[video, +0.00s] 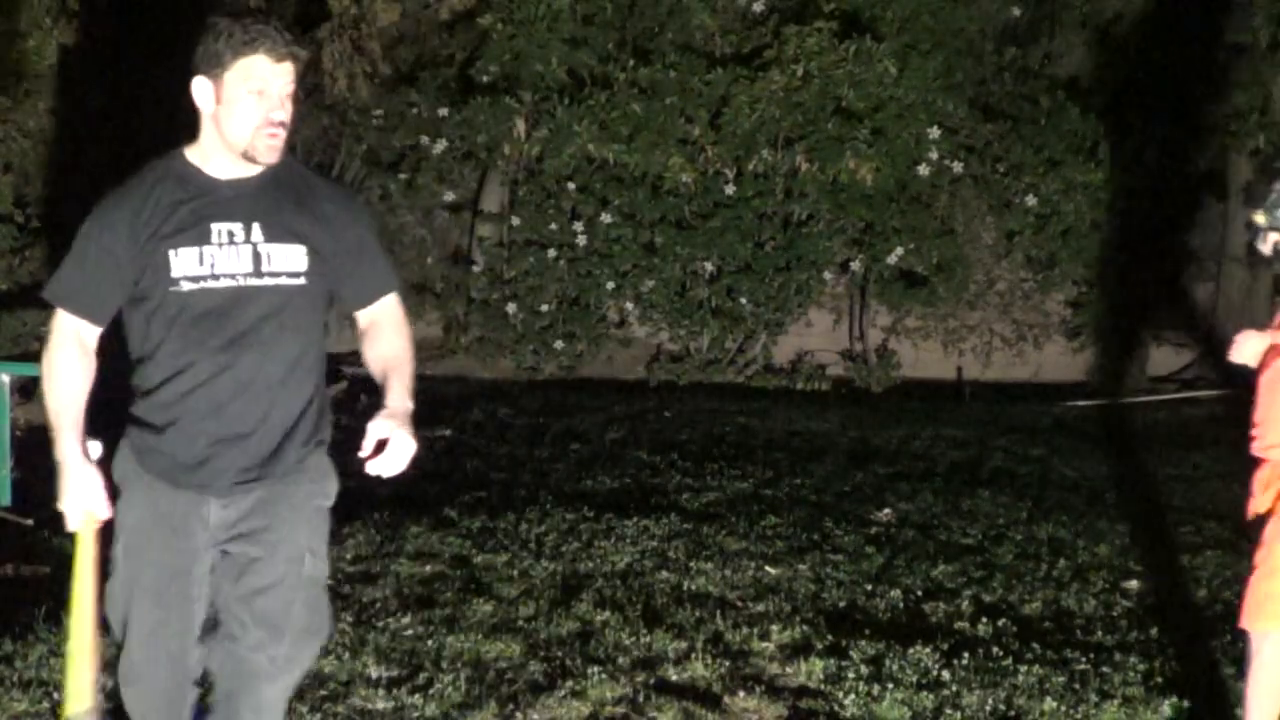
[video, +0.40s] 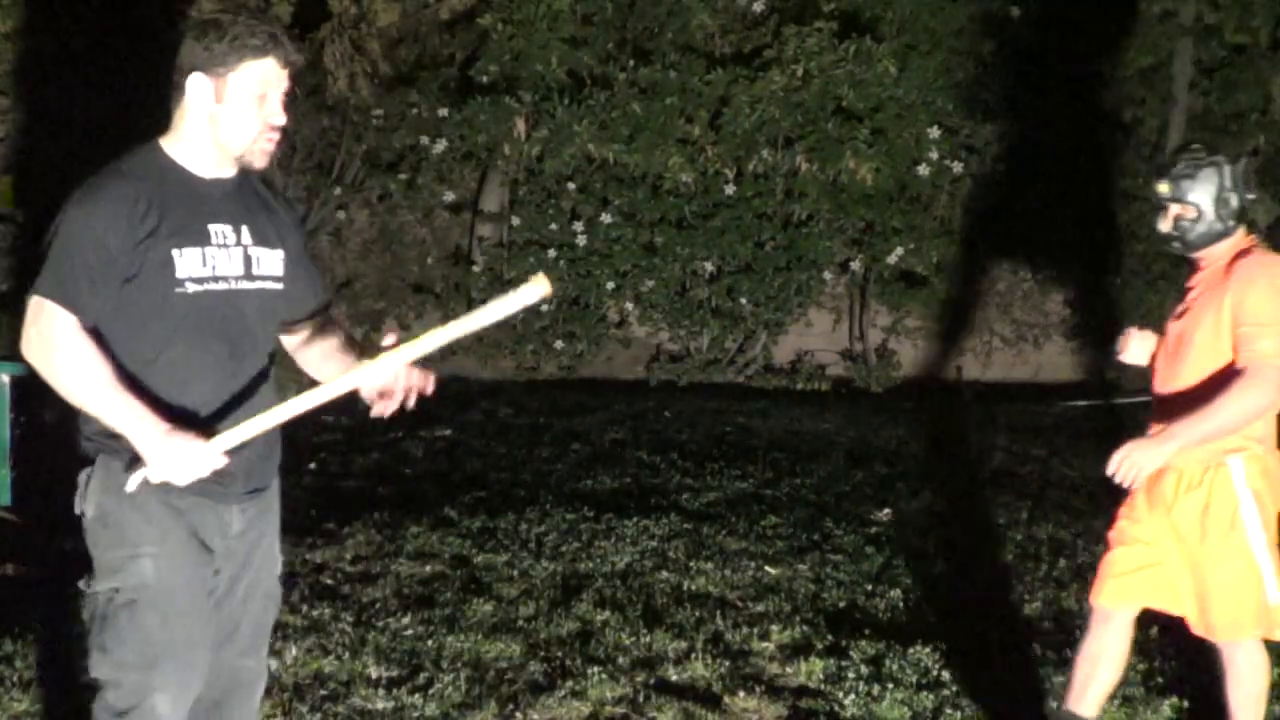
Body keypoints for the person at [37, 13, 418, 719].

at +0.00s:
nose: (280, 111)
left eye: (288, 94)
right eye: (259, 91)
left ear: (297, 99)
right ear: (206, 95)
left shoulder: (329, 211)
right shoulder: (136, 211)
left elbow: (381, 314)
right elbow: (71, 339)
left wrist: (398, 403)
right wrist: (71, 457)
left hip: (289, 487)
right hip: (163, 485)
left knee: (264, 681)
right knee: (156, 680)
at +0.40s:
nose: (282, 119)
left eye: (285, 100)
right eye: (267, 96)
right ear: (205, 91)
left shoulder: (269, 212)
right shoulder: (118, 200)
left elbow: (307, 328)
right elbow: (45, 333)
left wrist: (366, 371)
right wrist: (153, 435)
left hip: (252, 497)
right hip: (147, 498)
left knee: (232, 699)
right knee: (154, 695)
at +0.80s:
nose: (273, 111)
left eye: (271, 89)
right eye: (262, 87)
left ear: (209, 92)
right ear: (203, 90)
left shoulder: (223, 201)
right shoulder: (112, 215)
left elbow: (302, 280)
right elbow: (99, 372)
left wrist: (434, 302)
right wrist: (227, 479)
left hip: (233, 472)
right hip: (144, 484)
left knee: (304, 632)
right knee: (155, 695)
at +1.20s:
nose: (346, 123)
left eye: (345, 104)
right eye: (337, 102)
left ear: (285, 107)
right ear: (283, 105)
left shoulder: (300, 216)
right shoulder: (201, 218)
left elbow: (384, 272)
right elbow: (149, 357)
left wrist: (518, 265)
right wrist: (226, 498)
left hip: (317, 523)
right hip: (228, 530)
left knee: (343, 695)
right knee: (193, 707)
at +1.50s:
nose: (428, 129)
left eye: (427, 112)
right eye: (419, 110)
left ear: (372, 112)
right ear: (366, 109)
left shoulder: (379, 213)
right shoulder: (282, 206)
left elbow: (456, 277)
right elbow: (234, 337)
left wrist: (576, 271)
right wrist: (309, 466)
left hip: (367, 491)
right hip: (289, 487)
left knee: (373, 674)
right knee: (284, 679)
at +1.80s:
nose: (423, 123)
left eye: (422, 105)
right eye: (410, 103)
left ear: (365, 109)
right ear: (358, 106)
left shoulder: (376, 210)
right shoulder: (282, 204)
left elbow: (444, 286)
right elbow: (260, 340)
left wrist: (553, 283)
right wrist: (391, 415)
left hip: (363, 480)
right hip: (291, 477)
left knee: (375, 666)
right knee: (294, 677)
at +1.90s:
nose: (411, 124)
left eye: (409, 105)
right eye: (397, 104)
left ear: (352, 115)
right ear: (345, 110)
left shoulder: (356, 212)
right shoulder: (269, 212)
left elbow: (386, 312)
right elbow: (272, 350)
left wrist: (489, 281)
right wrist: (408, 367)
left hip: (353, 481)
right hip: (276, 481)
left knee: (372, 665)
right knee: (280, 683)